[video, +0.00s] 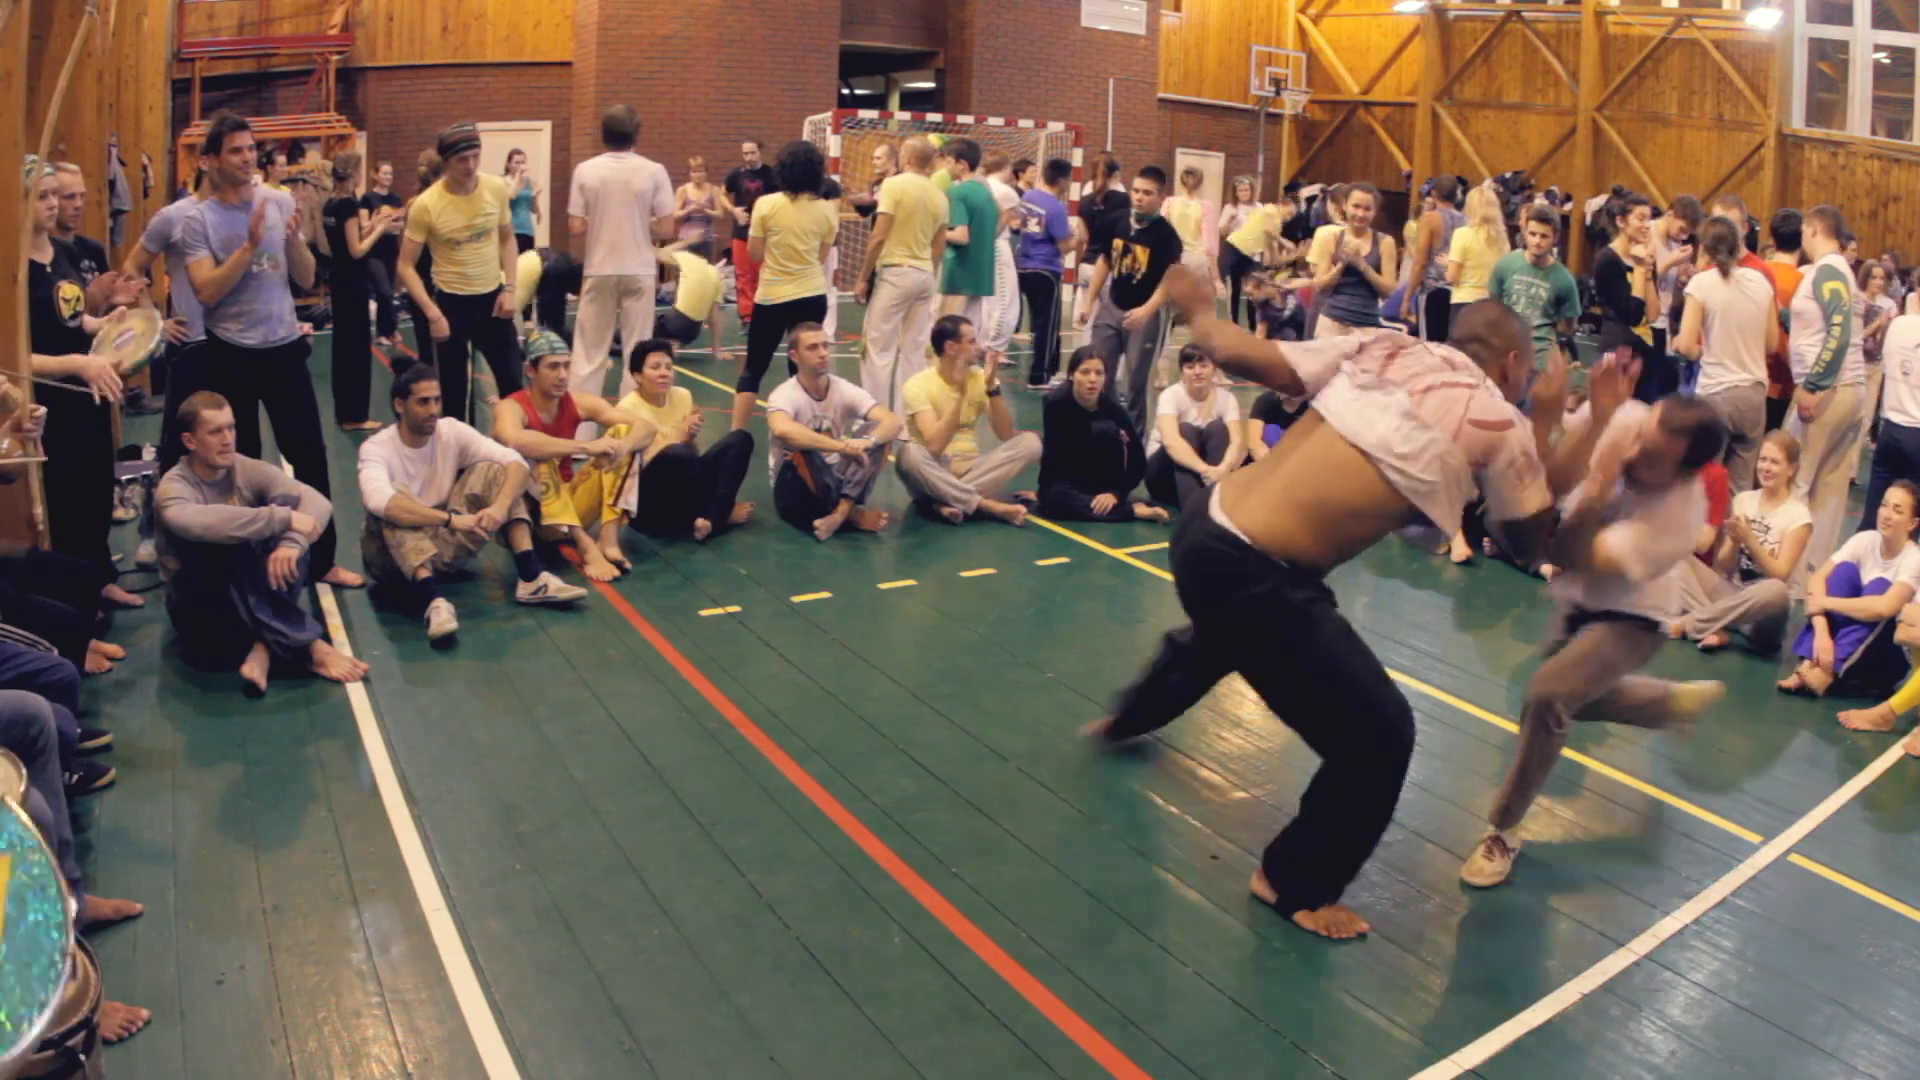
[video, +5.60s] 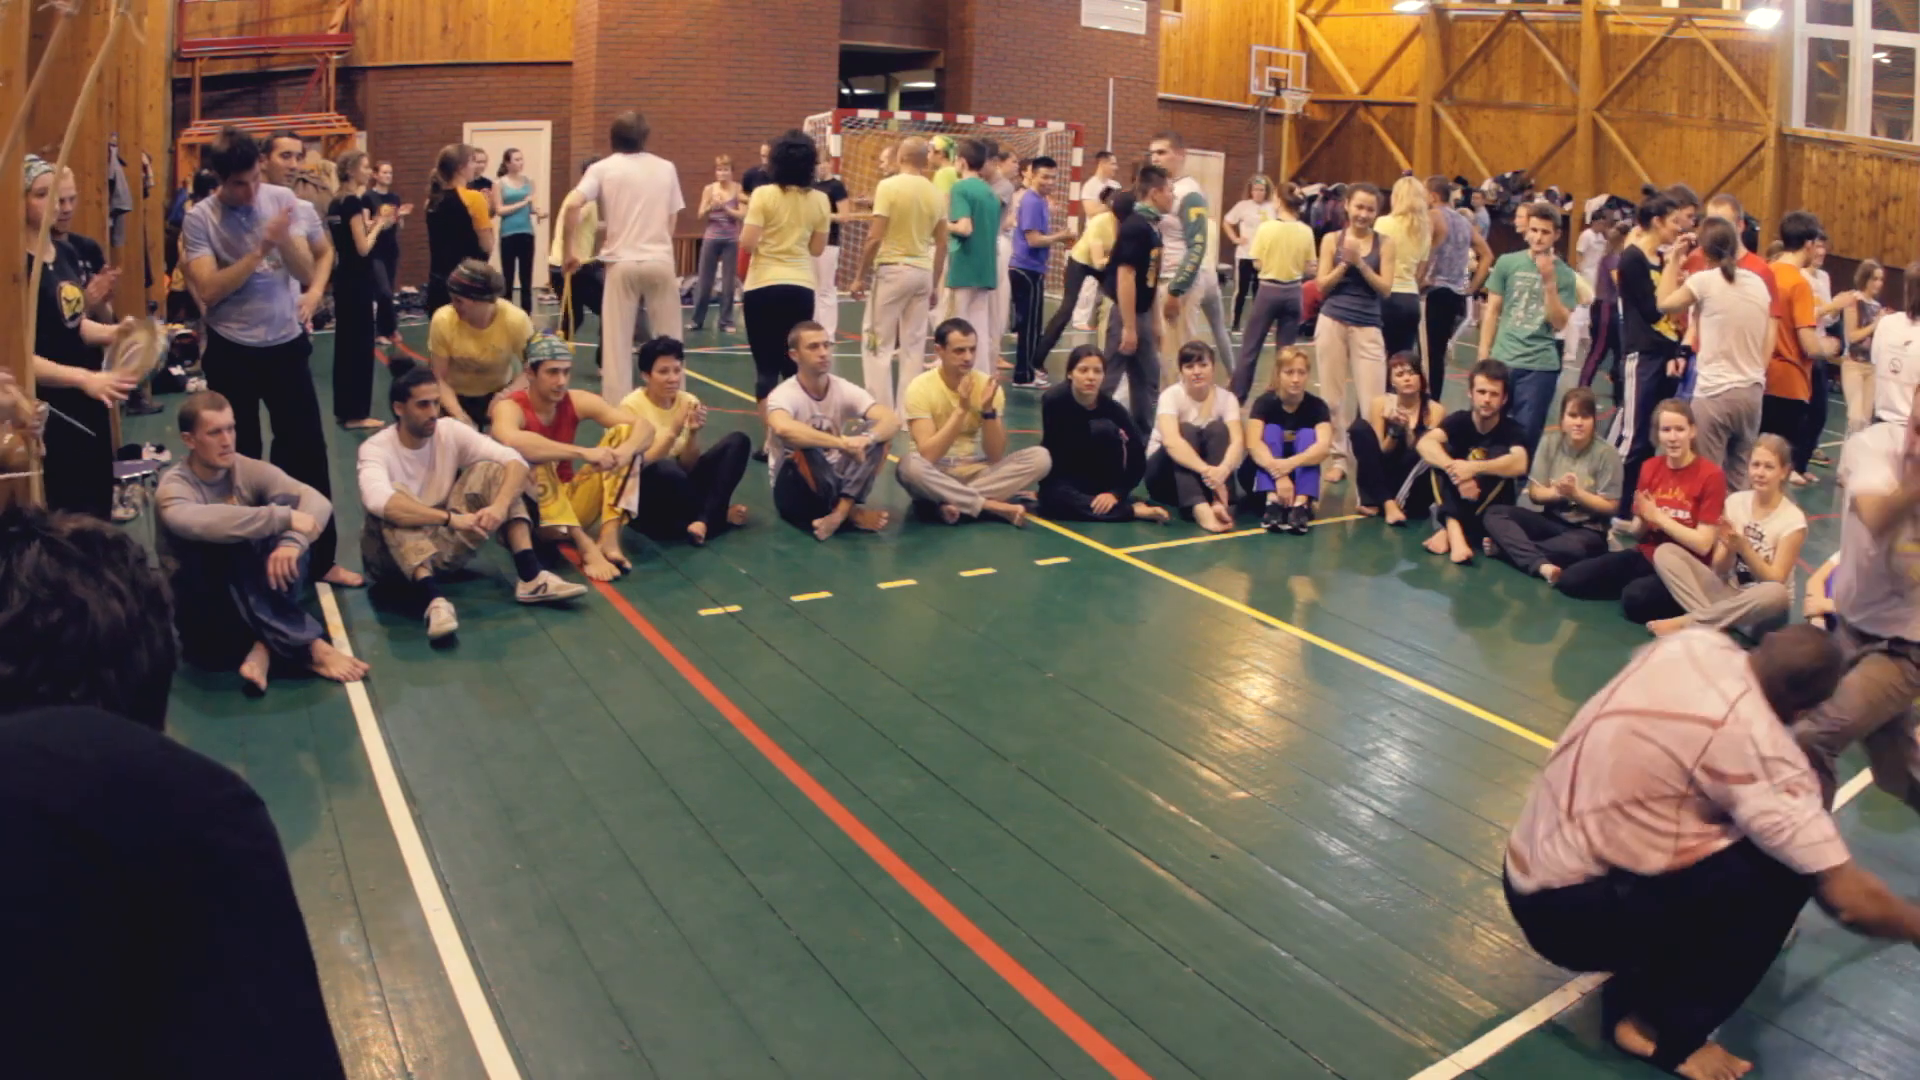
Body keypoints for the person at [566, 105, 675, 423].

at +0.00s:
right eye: (634, 131)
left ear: (603, 134)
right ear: (636, 135)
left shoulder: (586, 171)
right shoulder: (654, 172)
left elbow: (577, 227)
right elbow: (665, 229)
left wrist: (601, 220)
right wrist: (638, 221)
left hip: (599, 271)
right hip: (640, 271)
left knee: (588, 352)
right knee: (638, 352)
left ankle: (580, 429)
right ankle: (633, 430)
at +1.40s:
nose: (603, 134)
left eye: (601, 128)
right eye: (599, 129)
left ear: (567, 140)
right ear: (590, 135)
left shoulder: (553, 174)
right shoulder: (609, 164)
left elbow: (550, 231)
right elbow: (624, 217)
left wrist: (573, 236)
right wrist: (612, 240)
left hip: (568, 264)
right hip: (603, 261)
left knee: (570, 341)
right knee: (620, 339)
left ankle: (568, 402)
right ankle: (619, 405)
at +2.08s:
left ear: (611, 135)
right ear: (644, 136)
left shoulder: (594, 170)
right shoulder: (661, 172)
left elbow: (582, 224)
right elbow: (670, 229)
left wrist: (609, 217)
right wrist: (643, 221)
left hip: (602, 270)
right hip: (643, 270)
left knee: (592, 354)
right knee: (643, 355)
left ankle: (584, 437)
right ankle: (639, 435)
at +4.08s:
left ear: (607, 143)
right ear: (639, 142)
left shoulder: (591, 176)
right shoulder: (659, 174)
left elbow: (581, 229)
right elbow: (675, 228)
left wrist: (609, 228)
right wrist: (645, 228)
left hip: (608, 268)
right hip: (647, 268)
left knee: (596, 351)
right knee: (666, 344)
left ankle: (585, 425)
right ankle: (674, 416)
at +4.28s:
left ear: (635, 140)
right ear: (667, 140)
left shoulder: (619, 169)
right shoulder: (685, 171)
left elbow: (600, 218)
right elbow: (696, 228)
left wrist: (619, 248)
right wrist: (671, 246)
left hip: (633, 263)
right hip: (674, 262)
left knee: (613, 343)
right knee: (684, 342)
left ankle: (596, 420)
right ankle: (689, 415)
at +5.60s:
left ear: (613, 139)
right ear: (644, 138)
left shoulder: (602, 168)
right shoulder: (666, 168)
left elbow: (572, 205)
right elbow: (672, 224)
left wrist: (569, 252)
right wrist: (655, 247)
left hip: (621, 265)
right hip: (660, 262)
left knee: (616, 344)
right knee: (670, 341)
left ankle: (618, 418)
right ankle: (673, 414)